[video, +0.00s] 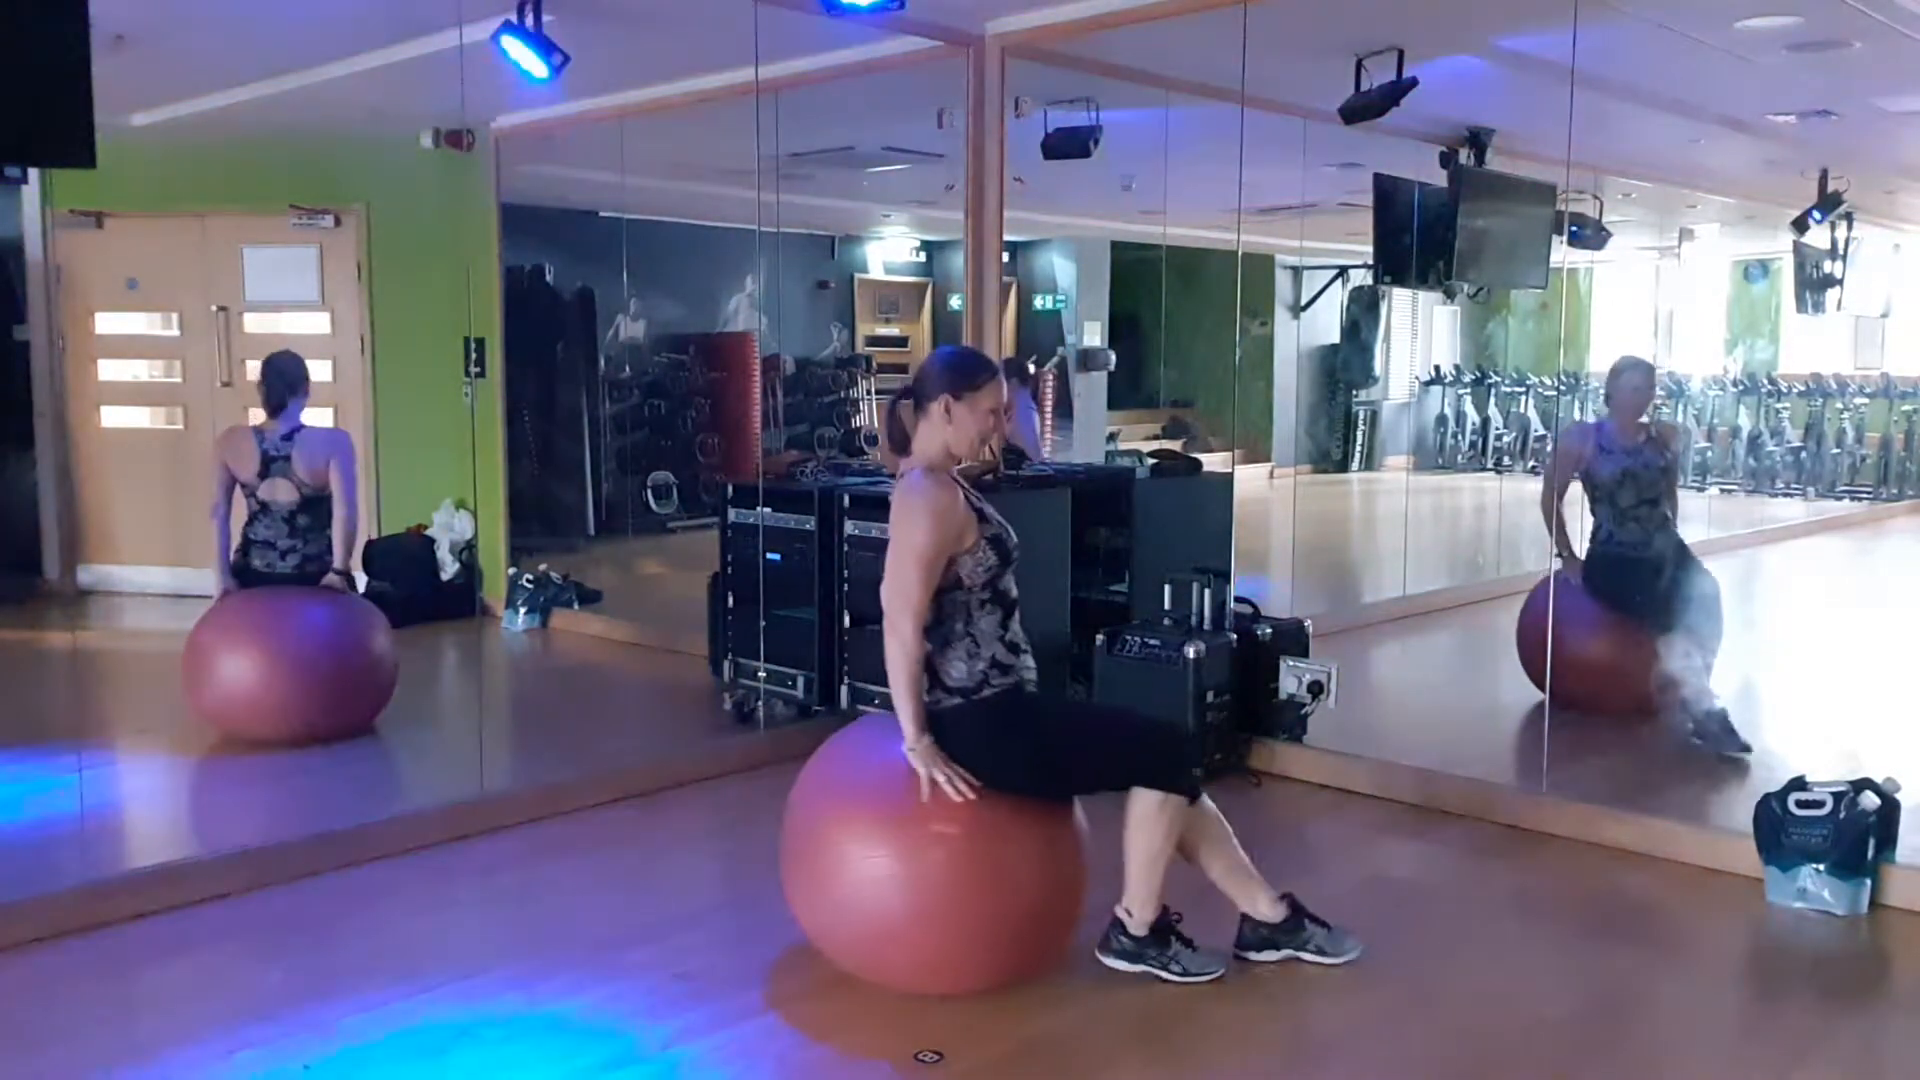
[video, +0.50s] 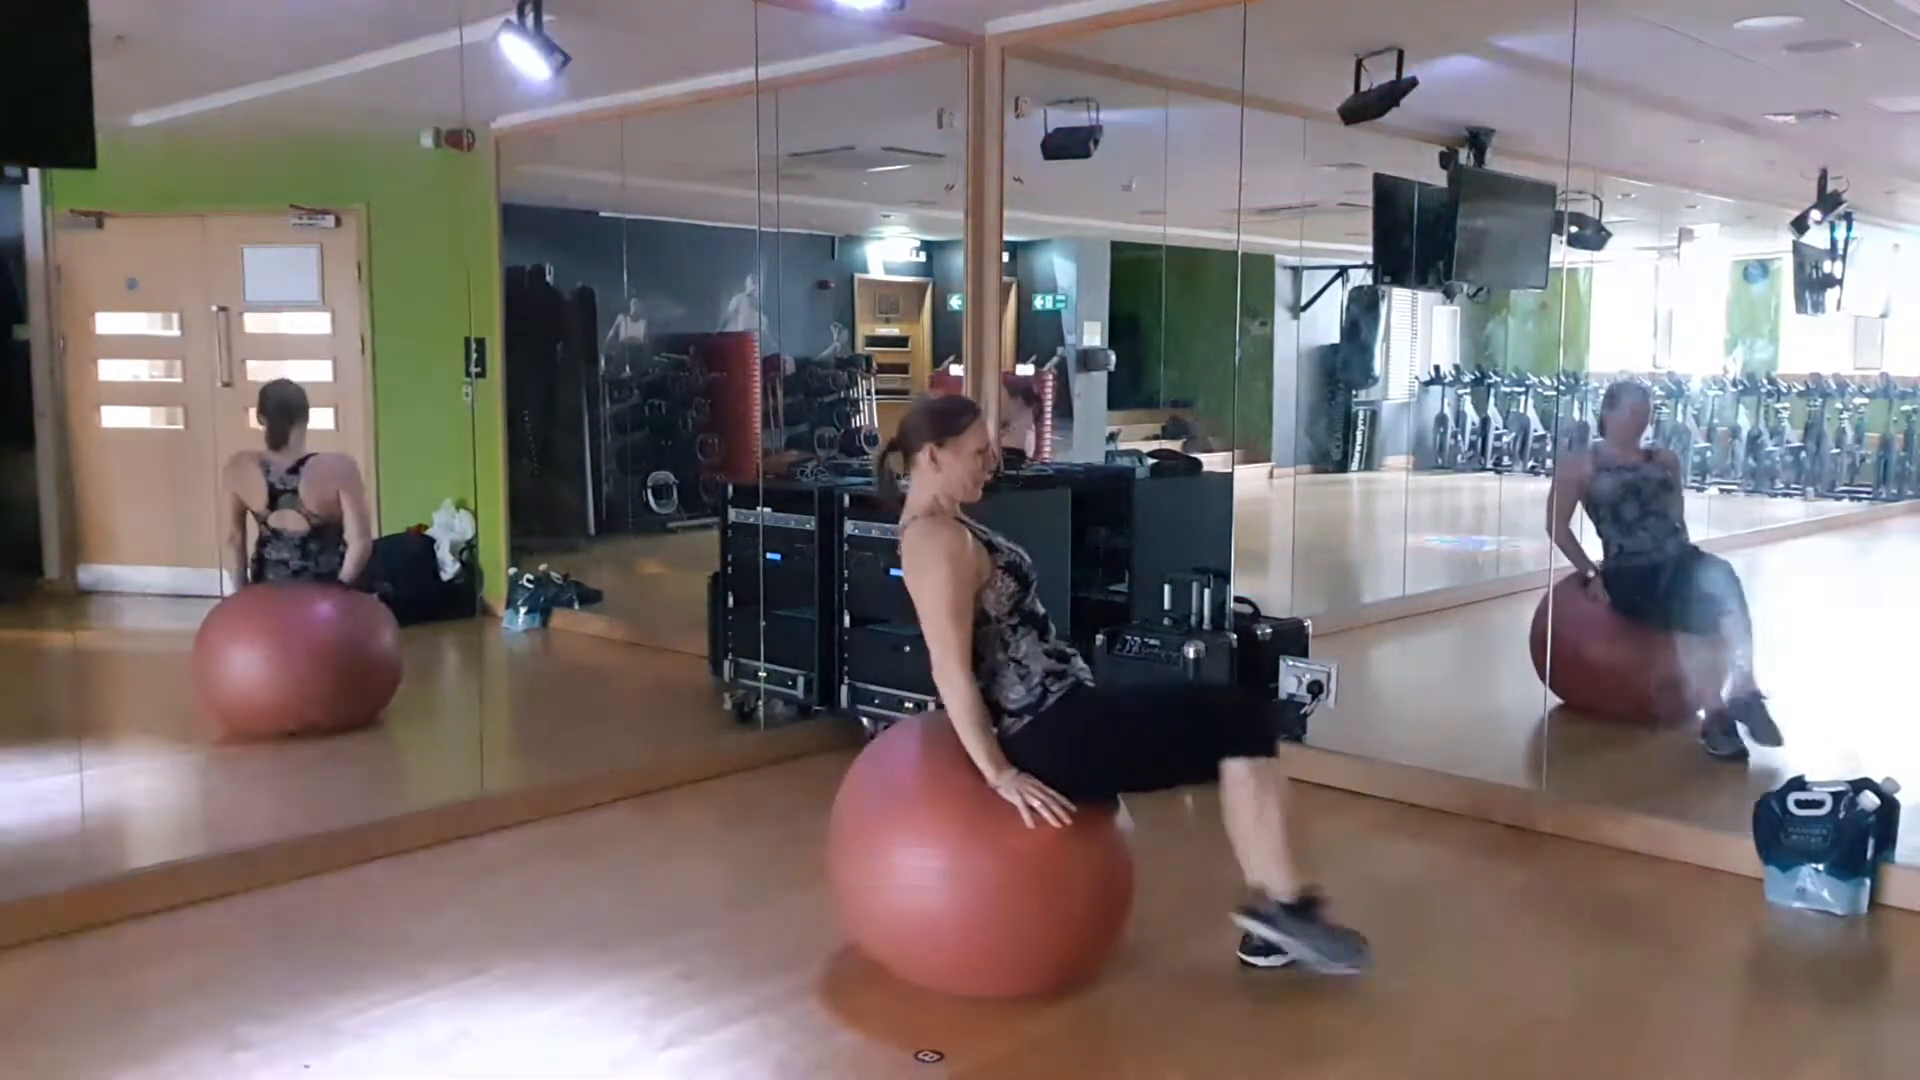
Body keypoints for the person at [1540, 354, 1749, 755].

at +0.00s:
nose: (1641, 398)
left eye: (1648, 390)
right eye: (1633, 389)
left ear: (1654, 395)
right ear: (1611, 392)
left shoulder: (1664, 437)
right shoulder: (1582, 438)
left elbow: (1670, 499)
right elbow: (1550, 499)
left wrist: (1671, 544)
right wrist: (1568, 555)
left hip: (1664, 551)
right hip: (1612, 556)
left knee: (1706, 594)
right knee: (1679, 607)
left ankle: (1694, 697)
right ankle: (1703, 711)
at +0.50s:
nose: (1644, 421)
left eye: (1647, 413)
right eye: (1635, 413)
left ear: (1649, 417)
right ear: (1609, 413)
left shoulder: (1665, 461)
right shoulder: (1581, 466)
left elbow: (1677, 522)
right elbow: (1557, 527)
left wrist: (1686, 559)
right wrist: (1588, 570)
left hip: (1679, 563)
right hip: (1630, 574)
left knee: (1723, 576)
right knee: (1712, 607)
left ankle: (1744, 689)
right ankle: (1715, 717)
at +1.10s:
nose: (1630, 458)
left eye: (1634, 450)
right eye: (1621, 450)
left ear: (1640, 456)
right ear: (1597, 457)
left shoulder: (1661, 494)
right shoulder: (1578, 500)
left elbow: (1684, 545)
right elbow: (1562, 560)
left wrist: (1711, 574)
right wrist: (1601, 582)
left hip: (1692, 573)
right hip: (1644, 582)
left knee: (1756, 629)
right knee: (1724, 614)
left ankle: (1814, 742)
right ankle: (1717, 714)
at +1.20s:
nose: (1631, 464)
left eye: (1633, 458)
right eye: (1620, 459)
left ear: (1638, 465)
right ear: (1597, 467)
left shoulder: (1659, 504)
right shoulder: (1578, 509)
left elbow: (1686, 551)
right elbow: (1563, 565)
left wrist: (1719, 577)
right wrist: (1603, 586)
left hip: (1693, 578)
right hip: (1649, 586)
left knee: (1764, 628)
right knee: (1723, 616)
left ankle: (1818, 744)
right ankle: (1719, 716)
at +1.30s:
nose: (1629, 470)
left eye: (1631, 465)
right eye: (1618, 466)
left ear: (1636, 474)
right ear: (1596, 477)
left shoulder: (1659, 511)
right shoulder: (1579, 516)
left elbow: (1685, 553)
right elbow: (1568, 572)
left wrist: (1712, 571)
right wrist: (1608, 588)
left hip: (1696, 578)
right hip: (1653, 587)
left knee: (1768, 626)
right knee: (1721, 613)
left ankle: (1818, 744)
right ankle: (1720, 715)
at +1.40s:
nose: (1627, 477)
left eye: (1629, 472)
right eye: (1616, 473)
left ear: (1635, 480)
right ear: (1595, 484)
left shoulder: (1660, 517)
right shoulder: (1581, 521)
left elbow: (1688, 556)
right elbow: (1569, 574)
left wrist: (1716, 575)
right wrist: (1610, 589)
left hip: (1696, 580)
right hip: (1654, 589)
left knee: (1772, 626)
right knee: (1724, 620)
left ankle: (1817, 744)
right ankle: (1722, 715)